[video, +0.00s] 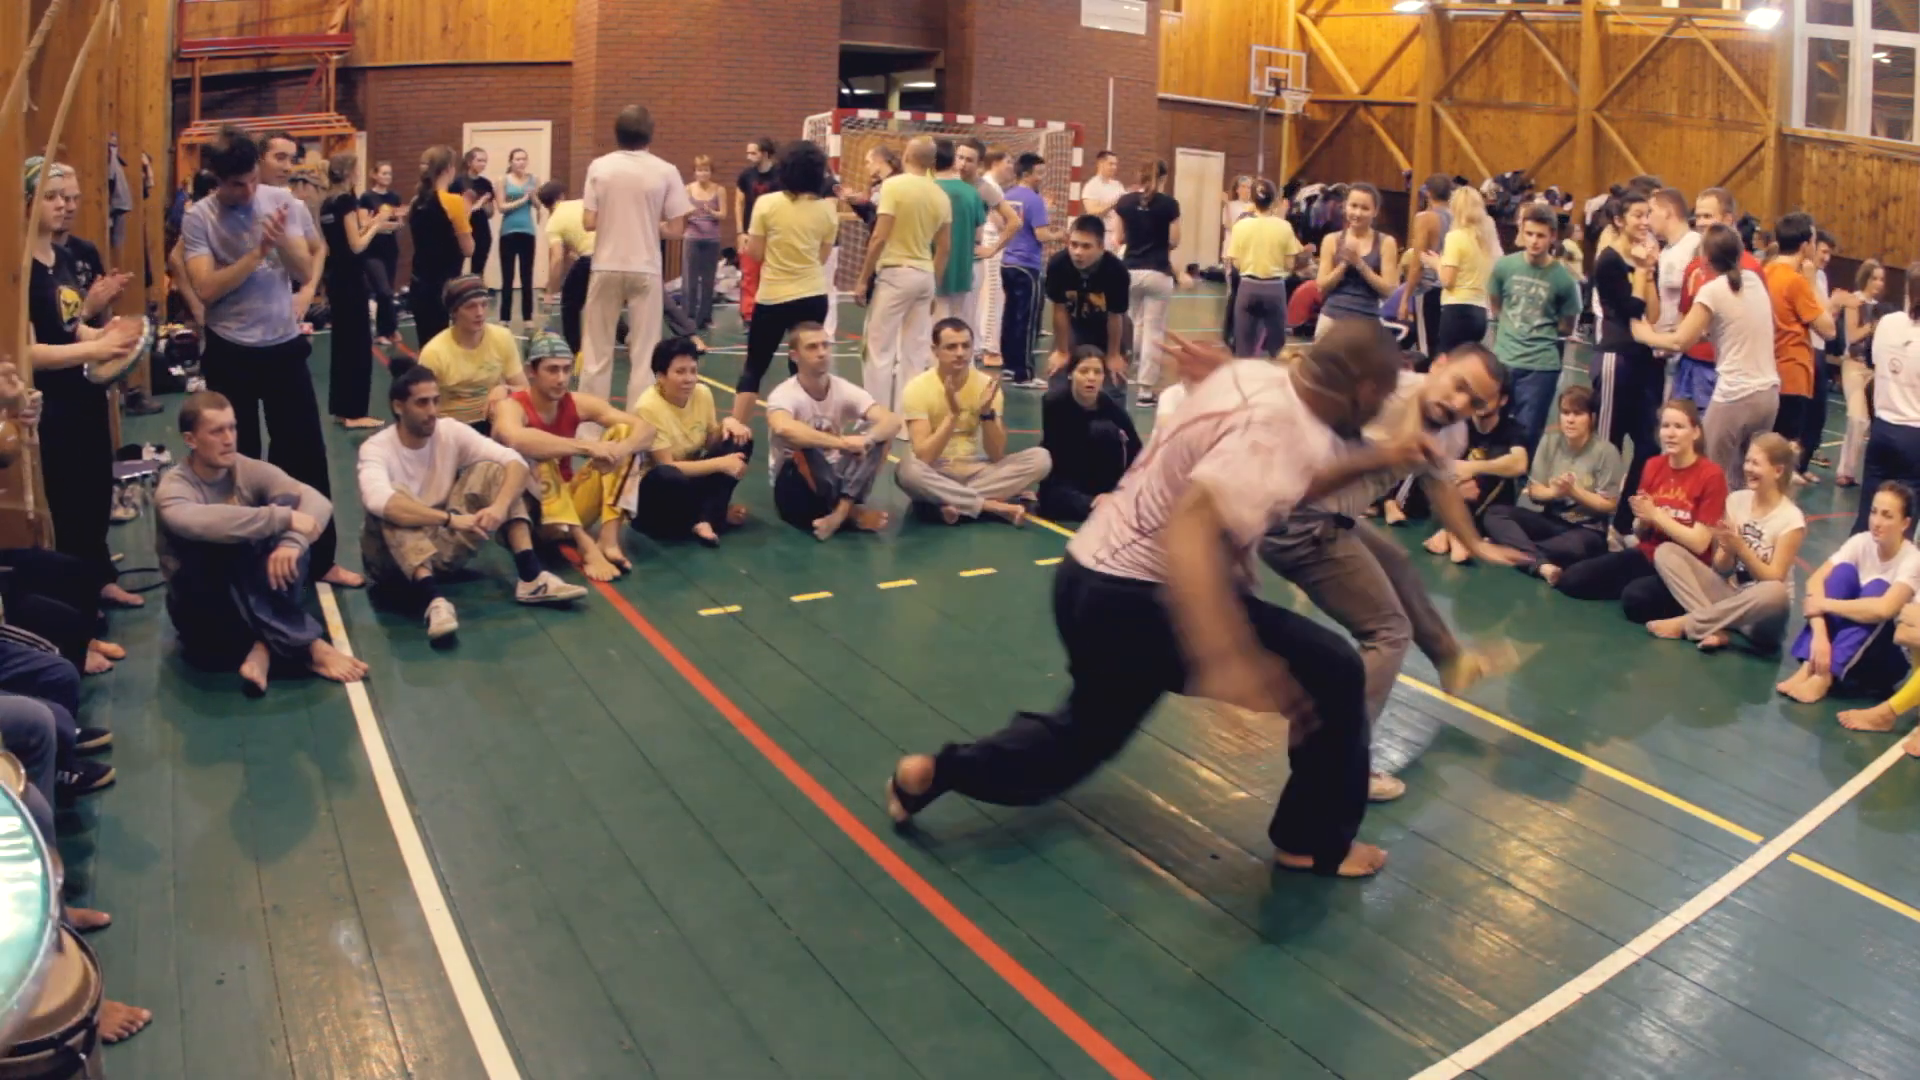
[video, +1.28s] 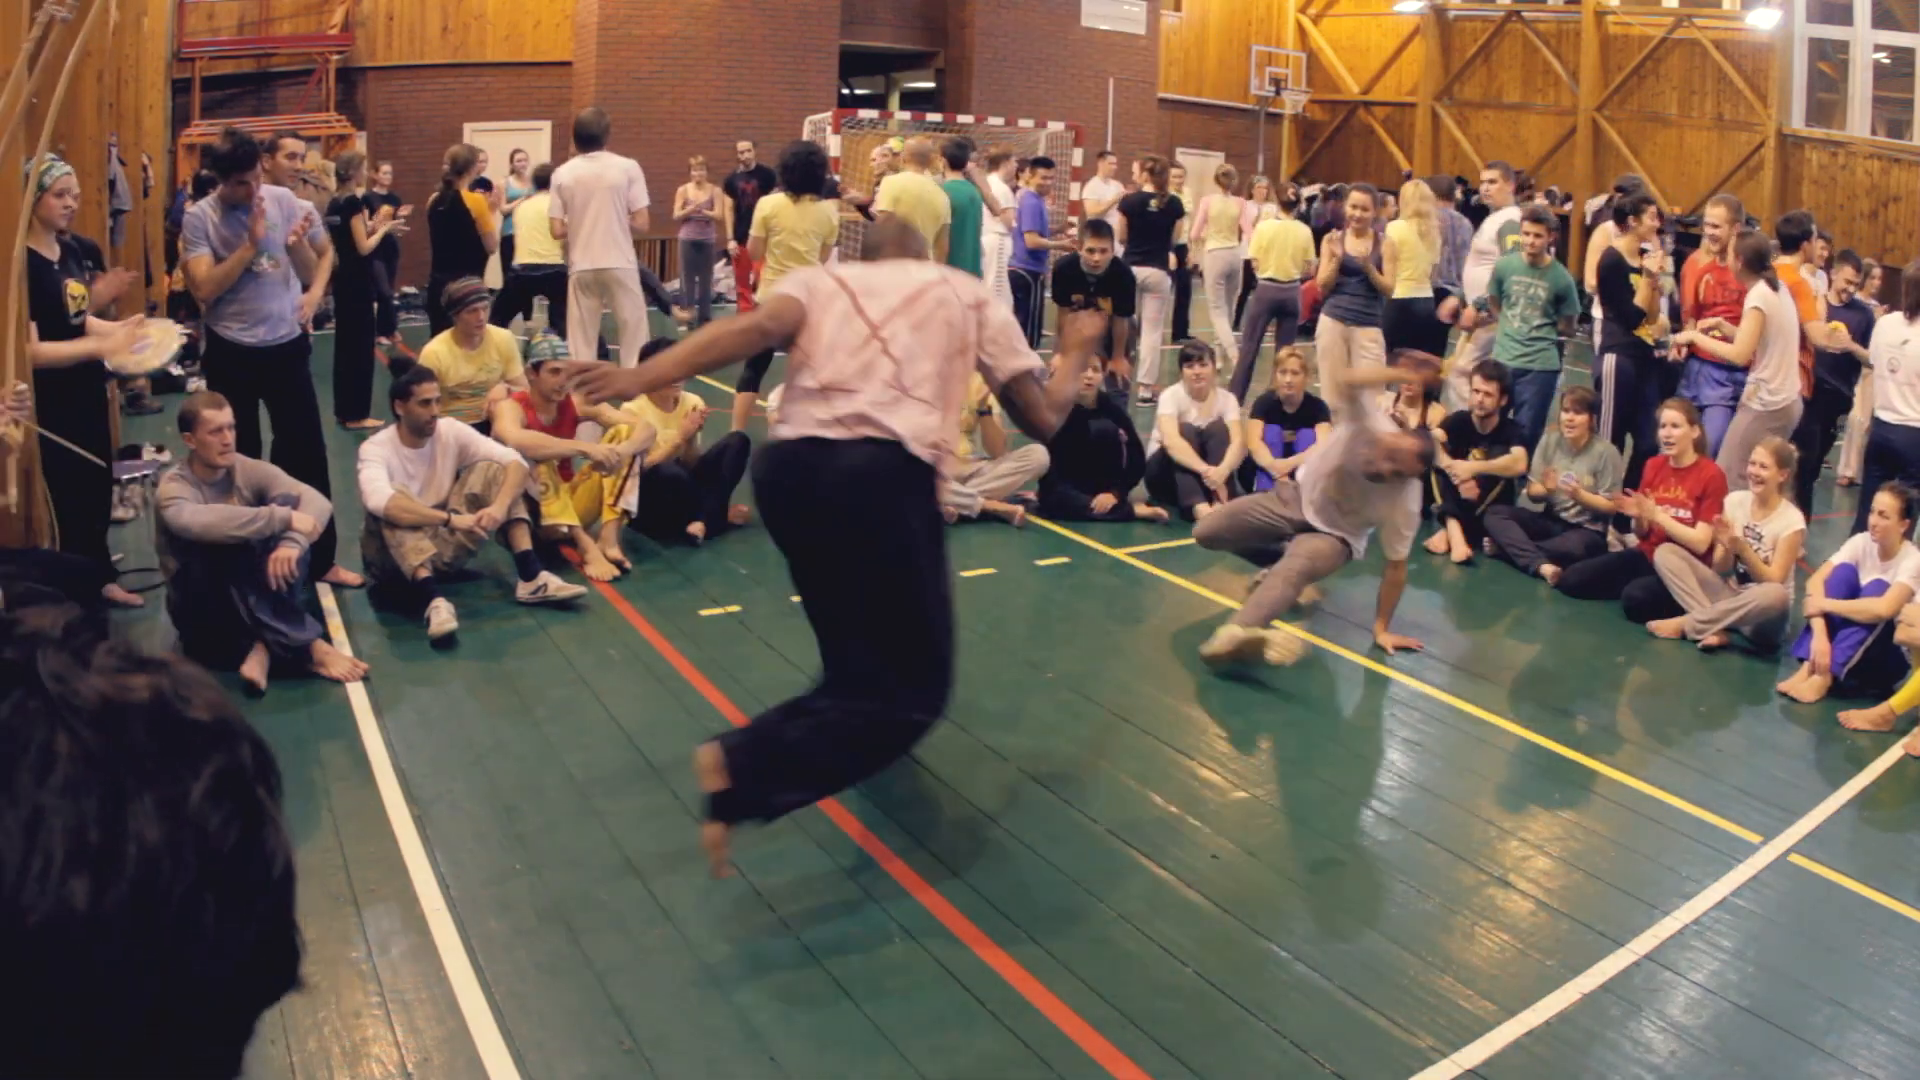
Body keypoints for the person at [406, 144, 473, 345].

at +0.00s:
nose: (455, 171)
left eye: (455, 167)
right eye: (454, 166)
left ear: (428, 168)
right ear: (449, 169)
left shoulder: (415, 204)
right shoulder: (453, 202)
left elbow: (420, 242)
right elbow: (468, 248)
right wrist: (465, 216)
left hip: (420, 281)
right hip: (446, 283)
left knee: (427, 346)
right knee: (445, 345)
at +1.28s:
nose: (480, 167)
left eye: (480, 162)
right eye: (478, 163)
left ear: (450, 166)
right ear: (471, 168)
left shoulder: (433, 201)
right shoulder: (476, 200)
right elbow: (491, 245)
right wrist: (496, 211)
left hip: (438, 283)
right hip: (469, 284)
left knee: (439, 345)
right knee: (467, 344)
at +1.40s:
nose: (481, 167)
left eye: (481, 162)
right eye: (479, 163)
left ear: (451, 166)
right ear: (472, 169)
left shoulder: (436, 201)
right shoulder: (480, 202)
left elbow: (438, 241)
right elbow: (488, 245)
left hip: (441, 279)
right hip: (470, 280)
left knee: (441, 339)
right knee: (469, 338)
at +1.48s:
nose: (484, 167)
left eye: (484, 163)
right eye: (482, 163)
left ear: (454, 165)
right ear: (474, 168)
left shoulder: (437, 200)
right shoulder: (480, 201)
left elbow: (440, 238)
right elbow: (494, 247)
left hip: (442, 278)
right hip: (472, 279)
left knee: (442, 338)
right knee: (471, 338)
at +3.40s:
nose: (476, 166)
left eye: (476, 161)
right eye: (473, 162)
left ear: (445, 167)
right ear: (463, 167)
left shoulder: (432, 200)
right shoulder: (474, 198)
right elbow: (487, 245)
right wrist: (486, 210)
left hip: (438, 280)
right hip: (467, 280)